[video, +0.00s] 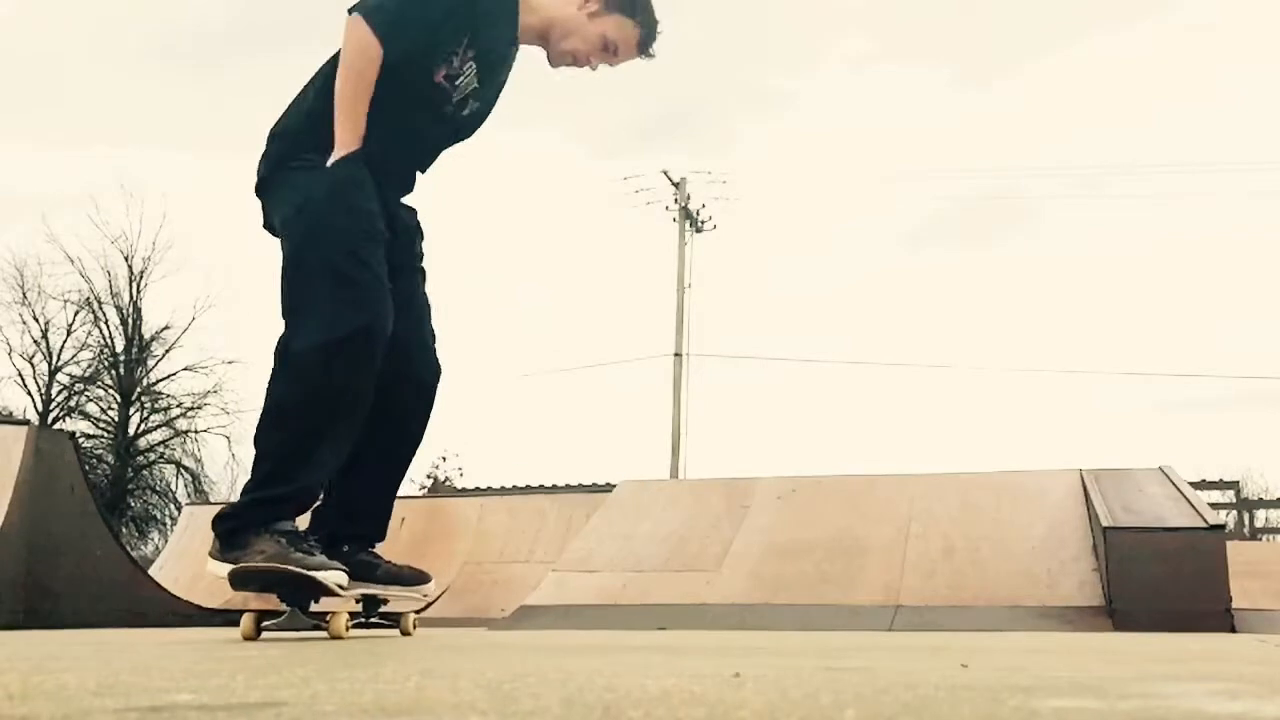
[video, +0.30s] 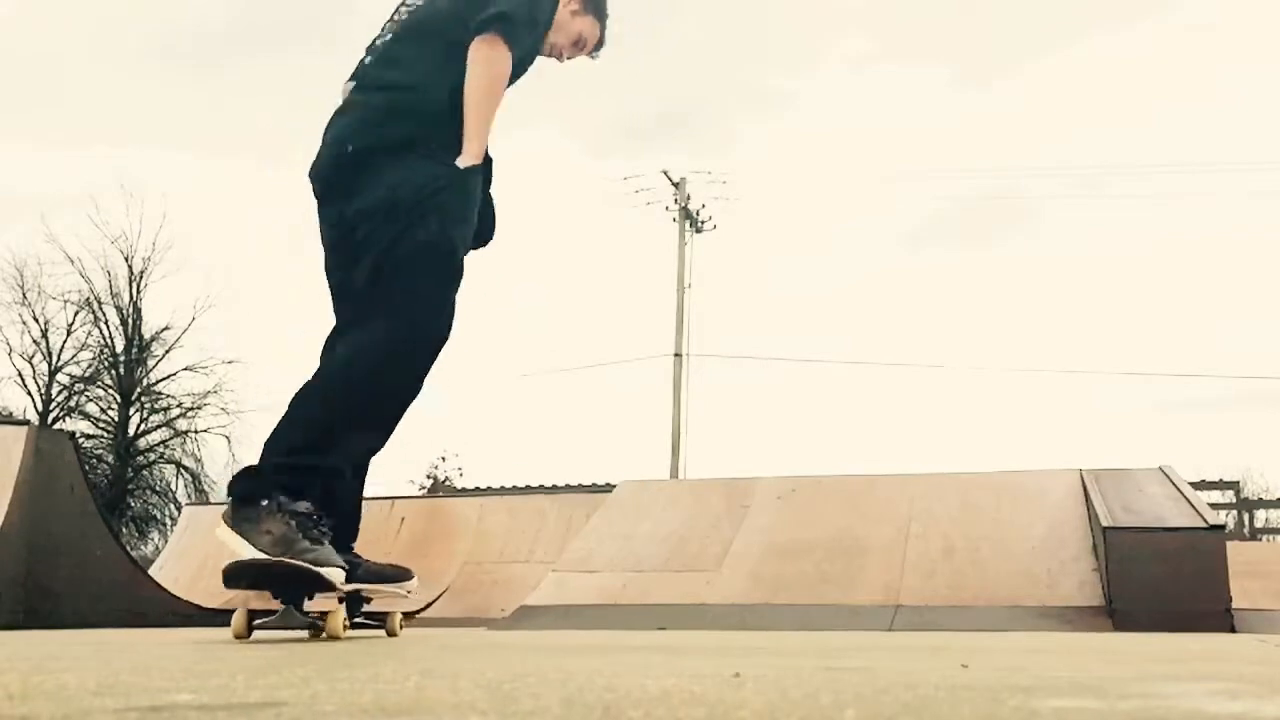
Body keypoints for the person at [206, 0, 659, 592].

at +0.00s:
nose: (595, 63)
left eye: (608, 61)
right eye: (605, 46)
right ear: (586, 6)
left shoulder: (495, 68)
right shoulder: (476, 9)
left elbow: (410, 134)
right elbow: (366, 28)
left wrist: (394, 196)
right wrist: (346, 156)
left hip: (383, 194)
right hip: (322, 165)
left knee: (410, 371)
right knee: (348, 331)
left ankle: (342, 541)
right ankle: (256, 526)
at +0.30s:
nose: (567, 51)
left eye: (578, 52)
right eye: (579, 38)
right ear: (569, 3)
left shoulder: (452, 14)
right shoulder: (530, 6)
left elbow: (370, 81)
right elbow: (490, 47)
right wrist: (473, 156)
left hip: (356, 156)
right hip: (401, 153)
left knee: (369, 338)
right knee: (406, 328)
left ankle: (327, 538)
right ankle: (274, 497)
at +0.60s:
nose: (609, 25)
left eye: (616, 23)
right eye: (618, 15)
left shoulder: (458, 10)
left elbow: (404, 102)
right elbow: (547, 61)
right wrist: (567, 175)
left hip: (411, 185)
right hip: (506, 180)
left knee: (433, 373)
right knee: (572, 359)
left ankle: (411, 530)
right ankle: (584, 532)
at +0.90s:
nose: (707, 1)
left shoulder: (543, 8)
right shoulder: (673, 3)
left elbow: (511, 98)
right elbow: (651, 82)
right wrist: (657, 191)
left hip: (508, 185)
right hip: (603, 191)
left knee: (489, 365)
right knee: (608, 386)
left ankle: (463, 516)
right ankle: (602, 539)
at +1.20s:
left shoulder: (604, 9)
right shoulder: (741, 9)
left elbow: (568, 105)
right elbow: (730, 103)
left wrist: (560, 192)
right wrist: (724, 216)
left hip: (578, 207)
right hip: (674, 212)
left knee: (560, 371)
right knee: (670, 391)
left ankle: (537, 518)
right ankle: (662, 544)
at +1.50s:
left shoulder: (634, 19)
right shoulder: (772, 25)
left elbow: (610, 124)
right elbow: (779, 131)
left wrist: (607, 216)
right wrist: (772, 226)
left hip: (640, 222)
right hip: (736, 224)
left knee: (628, 389)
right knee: (737, 398)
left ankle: (624, 536)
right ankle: (742, 554)